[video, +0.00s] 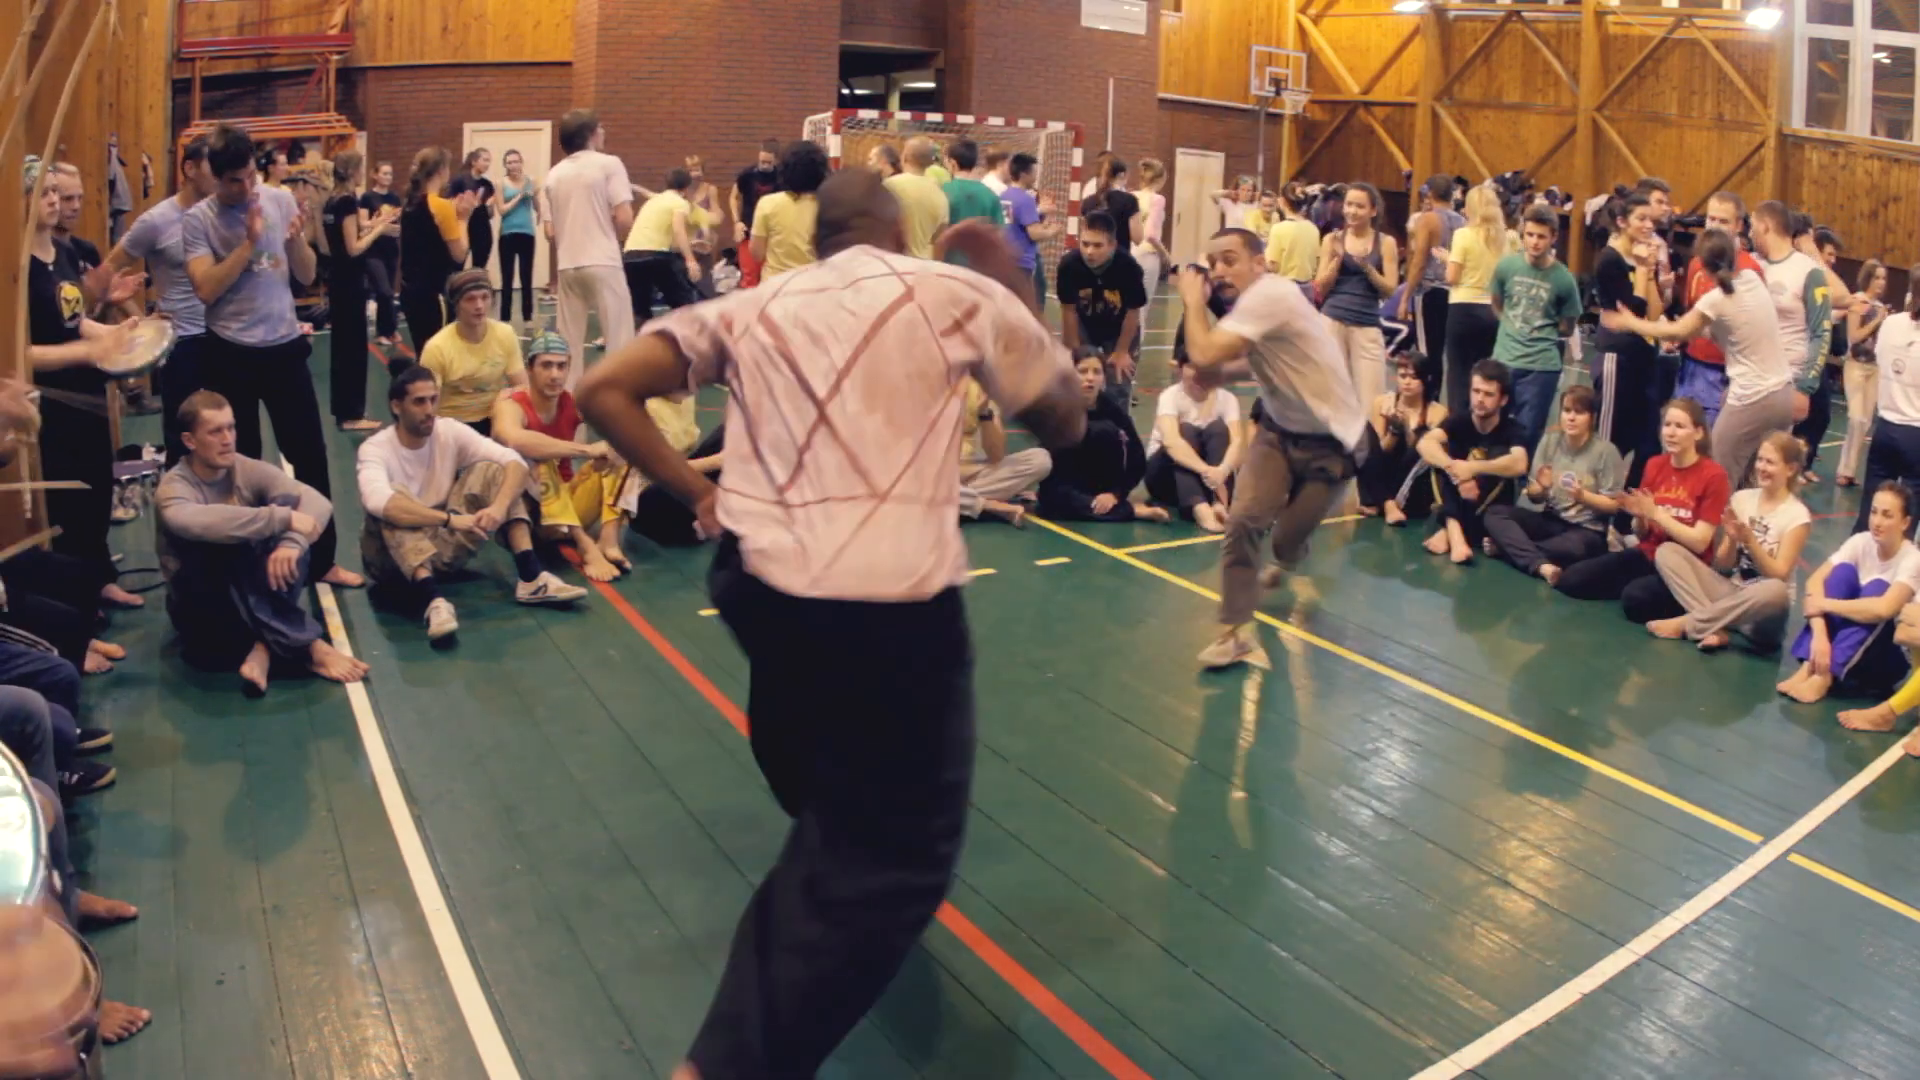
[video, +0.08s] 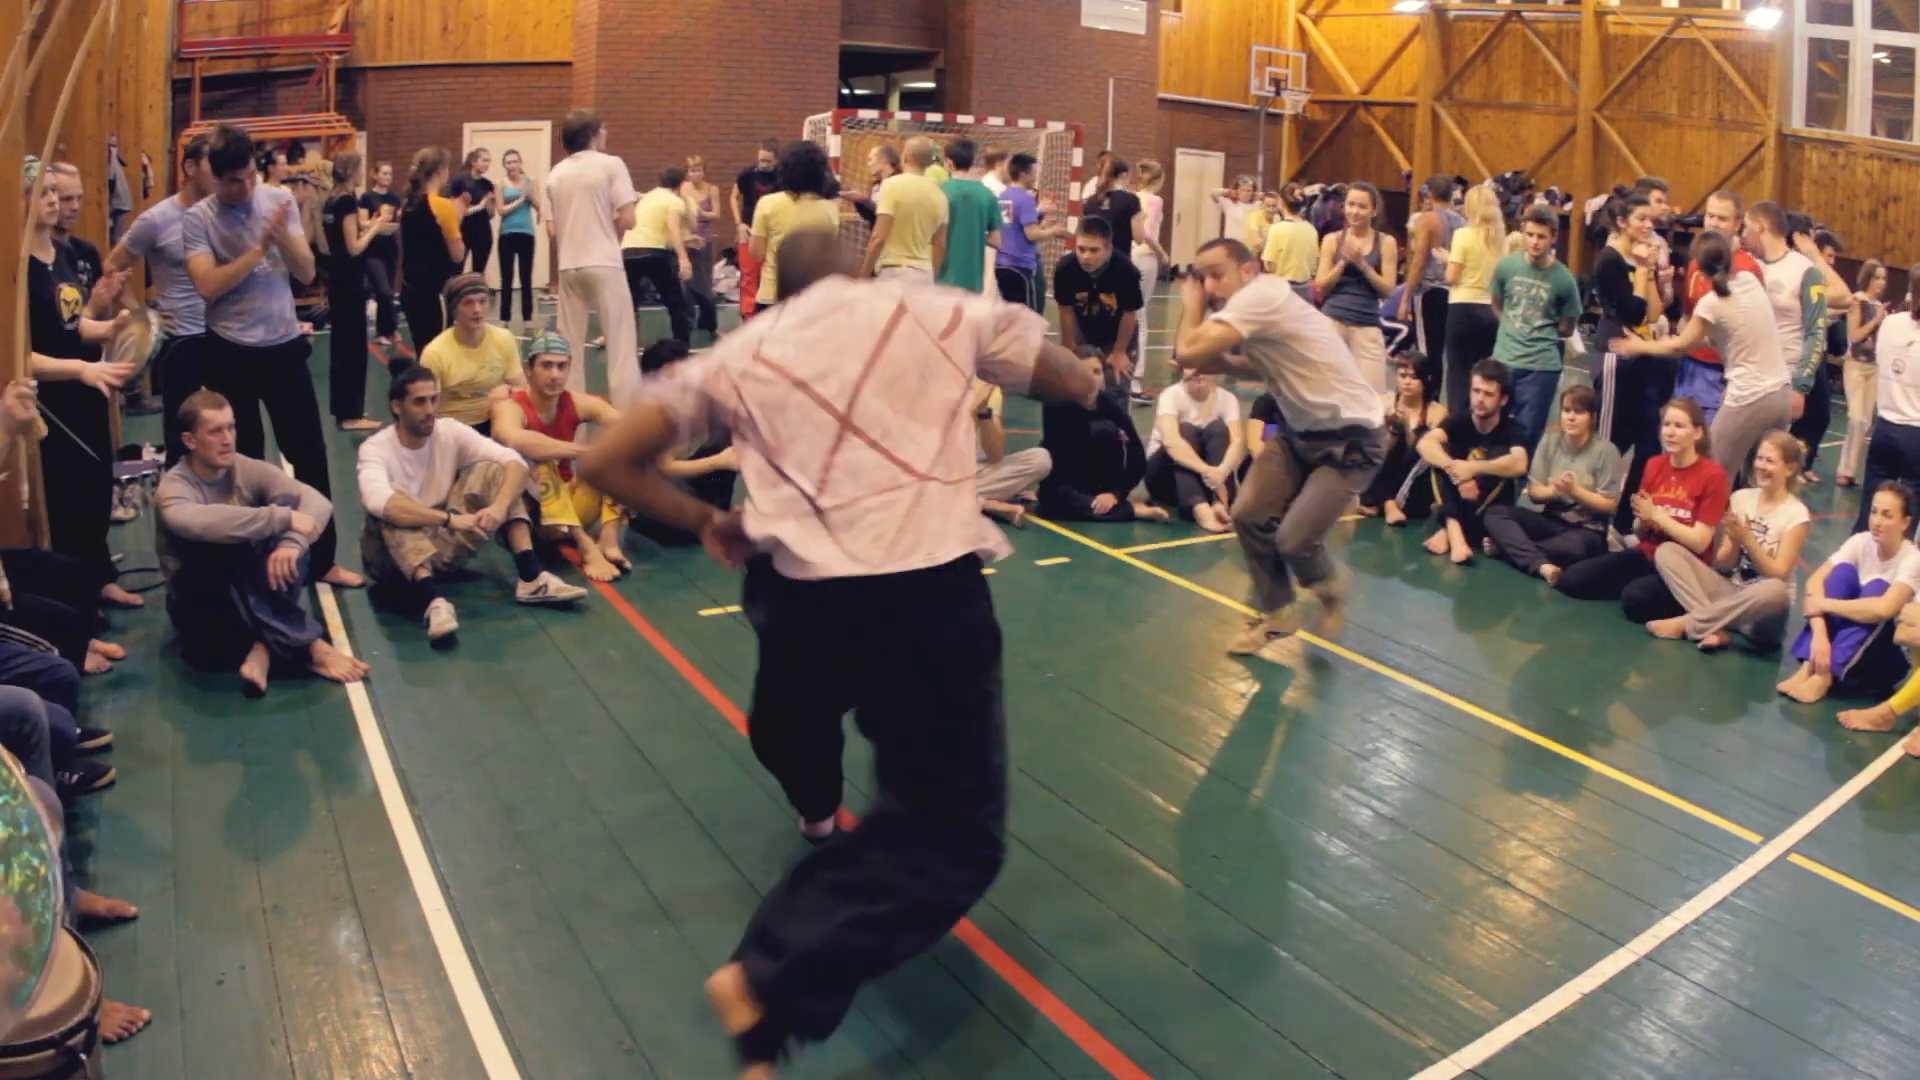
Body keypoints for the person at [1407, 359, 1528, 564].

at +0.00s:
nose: (1480, 400)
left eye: (1488, 394)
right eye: (1476, 392)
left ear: (1503, 400)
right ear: (1469, 392)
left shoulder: (1511, 428)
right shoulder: (1459, 421)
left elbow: (1519, 465)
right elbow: (1425, 444)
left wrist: (1472, 467)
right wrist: (1458, 475)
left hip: (1492, 511)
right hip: (1455, 505)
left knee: (1501, 460)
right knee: (1439, 459)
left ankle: (1449, 529)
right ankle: (1454, 529)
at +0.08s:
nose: (1480, 399)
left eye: (1488, 394)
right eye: (1476, 391)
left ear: (1503, 400)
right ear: (1469, 392)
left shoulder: (1511, 428)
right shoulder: (1459, 421)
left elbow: (1519, 464)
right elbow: (1426, 443)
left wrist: (1472, 467)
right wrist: (1459, 474)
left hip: (1492, 508)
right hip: (1455, 502)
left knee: (1501, 468)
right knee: (1438, 462)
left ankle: (1449, 529)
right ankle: (1454, 530)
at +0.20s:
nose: (1480, 399)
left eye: (1488, 394)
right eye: (1476, 391)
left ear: (1503, 400)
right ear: (1469, 391)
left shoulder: (1511, 428)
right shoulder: (1459, 421)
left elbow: (1519, 464)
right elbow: (1425, 443)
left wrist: (1472, 467)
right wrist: (1459, 475)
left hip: (1492, 507)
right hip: (1454, 502)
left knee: (1501, 464)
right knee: (1438, 461)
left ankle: (1449, 529)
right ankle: (1454, 530)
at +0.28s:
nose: (1479, 399)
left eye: (1488, 394)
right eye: (1476, 391)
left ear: (1503, 400)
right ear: (1469, 392)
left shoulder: (1511, 428)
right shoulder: (1459, 421)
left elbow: (1518, 465)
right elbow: (1426, 443)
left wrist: (1471, 467)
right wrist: (1459, 474)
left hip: (1492, 508)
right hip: (1455, 502)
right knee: (1437, 466)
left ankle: (1449, 528)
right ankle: (1454, 529)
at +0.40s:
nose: (1479, 399)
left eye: (1488, 394)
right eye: (1476, 391)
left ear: (1503, 400)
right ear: (1469, 392)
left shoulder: (1512, 429)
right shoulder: (1458, 421)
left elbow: (1519, 465)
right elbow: (1429, 441)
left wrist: (1471, 468)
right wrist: (1459, 475)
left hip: (1492, 511)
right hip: (1457, 504)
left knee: (1502, 460)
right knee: (1443, 466)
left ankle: (1448, 531)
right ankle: (1456, 535)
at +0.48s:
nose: (1479, 400)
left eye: (1488, 394)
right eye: (1476, 391)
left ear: (1503, 400)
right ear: (1469, 392)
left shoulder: (1512, 429)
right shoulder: (1458, 420)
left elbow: (1519, 465)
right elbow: (1429, 442)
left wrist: (1472, 468)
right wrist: (1459, 474)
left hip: (1493, 510)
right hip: (1458, 503)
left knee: (1503, 459)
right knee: (1437, 469)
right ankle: (1455, 535)